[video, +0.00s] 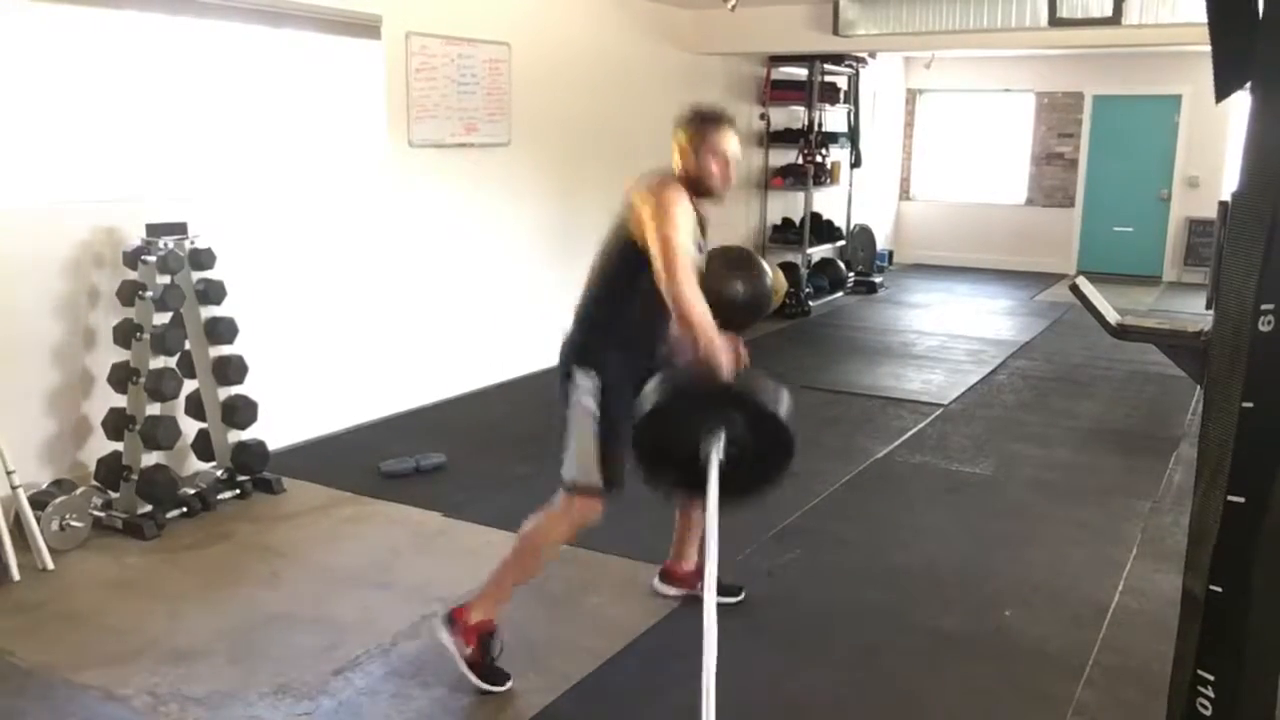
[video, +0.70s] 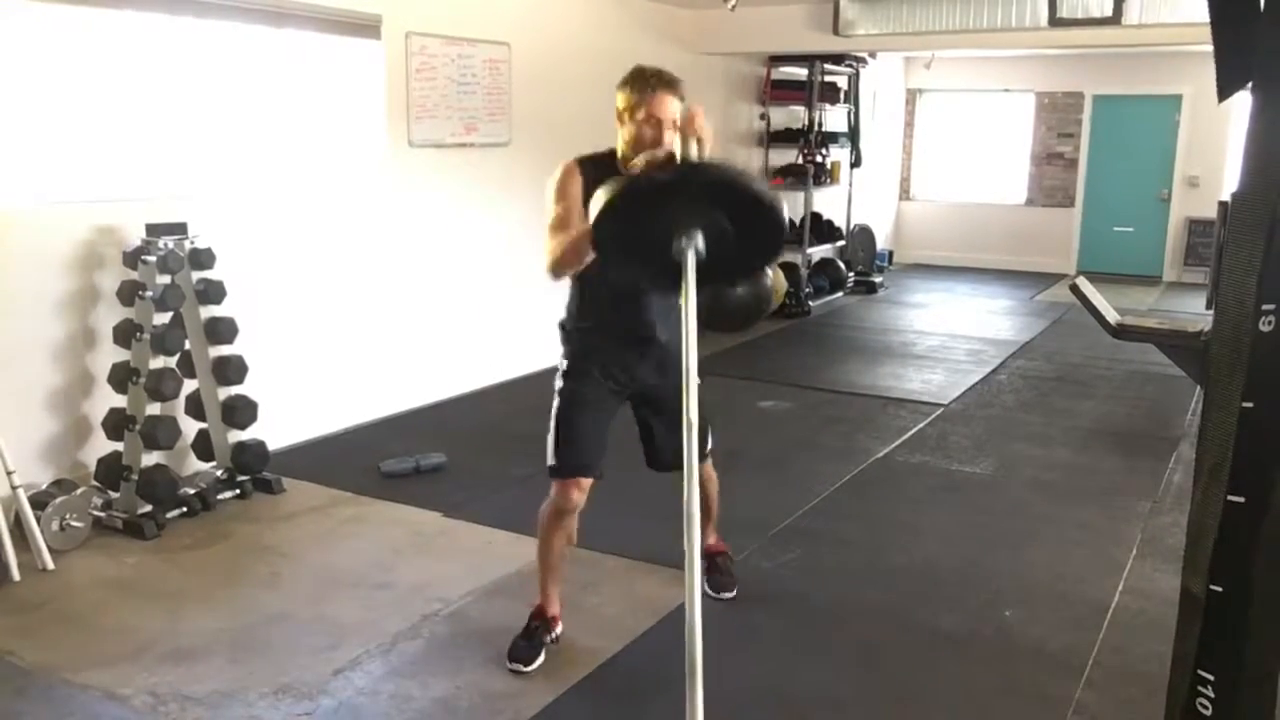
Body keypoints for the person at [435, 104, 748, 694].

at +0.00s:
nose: (727, 168)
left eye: (730, 157)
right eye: (716, 155)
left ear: (726, 159)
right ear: (687, 153)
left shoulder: (686, 208)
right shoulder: (663, 196)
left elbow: (678, 288)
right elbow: (675, 278)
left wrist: (707, 342)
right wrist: (715, 347)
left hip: (648, 359)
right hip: (598, 363)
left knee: (701, 445)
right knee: (582, 503)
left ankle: (683, 564)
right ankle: (475, 617)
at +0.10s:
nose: (705, 135)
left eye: (713, 125)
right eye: (695, 122)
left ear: (720, 126)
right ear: (668, 115)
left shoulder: (714, 192)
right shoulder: (631, 151)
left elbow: (710, 275)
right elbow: (618, 212)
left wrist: (720, 331)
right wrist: (695, 246)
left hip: (666, 328)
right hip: (599, 322)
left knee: (703, 452)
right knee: (575, 466)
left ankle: (693, 549)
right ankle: (519, 601)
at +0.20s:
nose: (677, 128)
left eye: (687, 118)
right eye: (668, 116)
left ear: (699, 120)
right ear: (646, 112)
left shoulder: (711, 176)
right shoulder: (605, 159)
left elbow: (730, 254)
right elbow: (540, 228)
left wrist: (721, 206)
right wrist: (559, 190)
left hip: (673, 336)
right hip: (605, 330)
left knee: (696, 466)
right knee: (574, 463)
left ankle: (728, 540)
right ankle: (531, 596)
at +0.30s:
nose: (657, 146)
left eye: (668, 138)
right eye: (649, 135)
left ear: (686, 141)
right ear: (632, 132)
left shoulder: (695, 192)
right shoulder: (602, 187)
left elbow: (734, 202)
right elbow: (552, 252)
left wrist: (722, 135)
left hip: (676, 362)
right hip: (607, 356)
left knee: (700, 480)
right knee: (564, 481)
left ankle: (734, 541)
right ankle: (533, 606)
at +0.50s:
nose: (641, 148)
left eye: (652, 136)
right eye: (634, 136)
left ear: (672, 142)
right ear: (620, 141)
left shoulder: (684, 196)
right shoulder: (596, 202)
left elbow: (709, 141)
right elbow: (575, 269)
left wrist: (703, 78)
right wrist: (569, 301)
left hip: (668, 368)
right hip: (602, 362)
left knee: (690, 480)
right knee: (555, 481)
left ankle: (732, 545)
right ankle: (548, 610)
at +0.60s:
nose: (648, 144)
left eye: (659, 134)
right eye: (639, 132)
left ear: (676, 137)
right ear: (620, 132)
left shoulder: (683, 188)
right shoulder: (590, 192)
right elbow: (547, 290)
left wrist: (700, 124)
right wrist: (587, 254)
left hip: (668, 362)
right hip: (597, 361)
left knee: (697, 474)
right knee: (559, 488)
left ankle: (727, 544)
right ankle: (549, 612)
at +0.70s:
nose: (654, 134)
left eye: (664, 123)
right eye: (645, 121)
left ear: (680, 126)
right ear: (621, 117)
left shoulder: (682, 179)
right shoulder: (581, 174)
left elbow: (712, 241)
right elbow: (559, 263)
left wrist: (694, 158)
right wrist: (613, 209)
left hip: (663, 347)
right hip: (593, 348)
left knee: (697, 465)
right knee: (569, 490)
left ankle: (710, 545)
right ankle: (546, 612)